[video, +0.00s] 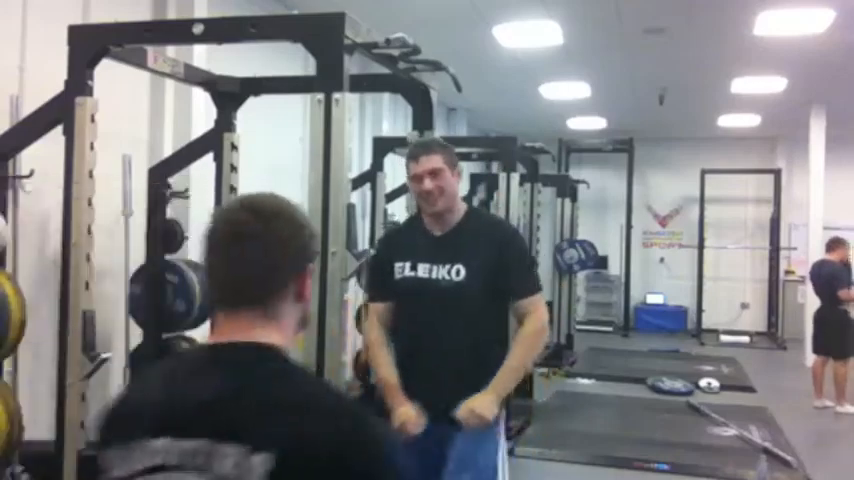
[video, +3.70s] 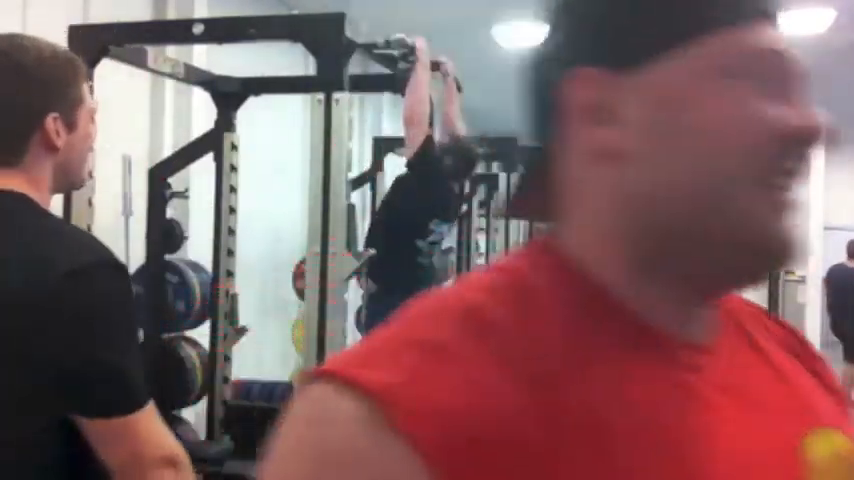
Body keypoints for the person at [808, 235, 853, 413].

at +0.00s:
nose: (846, 255)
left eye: (846, 251)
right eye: (845, 251)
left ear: (829, 249)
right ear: (838, 249)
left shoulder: (816, 266)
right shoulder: (838, 268)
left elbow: (821, 291)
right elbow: (842, 294)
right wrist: (853, 294)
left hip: (822, 311)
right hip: (839, 314)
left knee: (821, 357)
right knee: (841, 361)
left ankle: (818, 398)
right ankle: (841, 401)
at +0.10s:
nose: (848, 255)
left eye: (847, 251)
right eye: (846, 251)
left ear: (829, 248)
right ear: (839, 249)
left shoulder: (816, 267)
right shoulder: (837, 269)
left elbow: (820, 293)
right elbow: (842, 295)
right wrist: (853, 296)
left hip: (822, 312)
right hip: (839, 314)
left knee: (821, 357)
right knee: (841, 361)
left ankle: (818, 398)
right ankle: (841, 402)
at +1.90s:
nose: (853, 255)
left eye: (852, 251)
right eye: (853, 251)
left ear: (844, 251)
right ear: (849, 251)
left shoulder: (833, 270)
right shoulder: (847, 272)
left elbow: (830, 302)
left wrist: (840, 314)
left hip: (837, 320)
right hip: (848, 322)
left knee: (842, 359)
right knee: (848, 362)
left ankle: (825, 394)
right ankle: (845, 403)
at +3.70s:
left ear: (847, 252)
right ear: (851, 253)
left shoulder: (834, 271)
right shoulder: (838, 272)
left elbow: (830, 302)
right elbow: (831, 302)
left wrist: (834, 322)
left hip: (839, 325)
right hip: (848, 327)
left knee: (848, 362)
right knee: (849, 363)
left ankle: (845, 396)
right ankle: (846, 397)